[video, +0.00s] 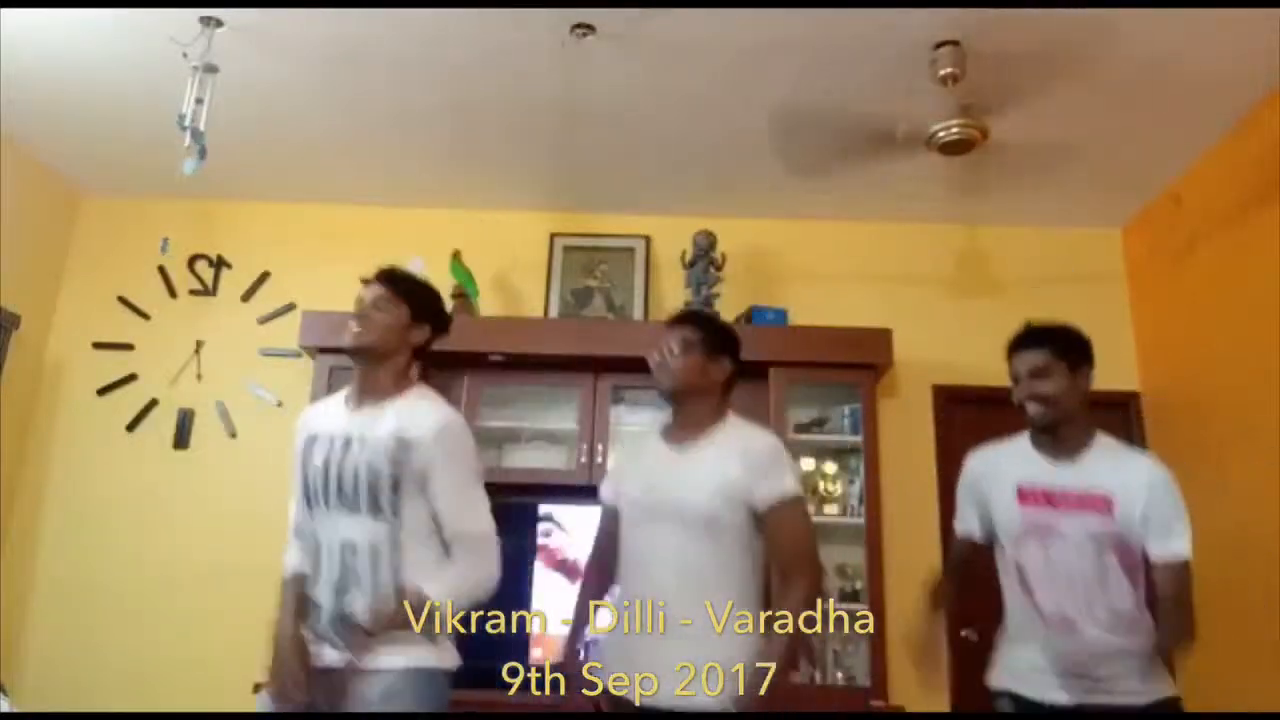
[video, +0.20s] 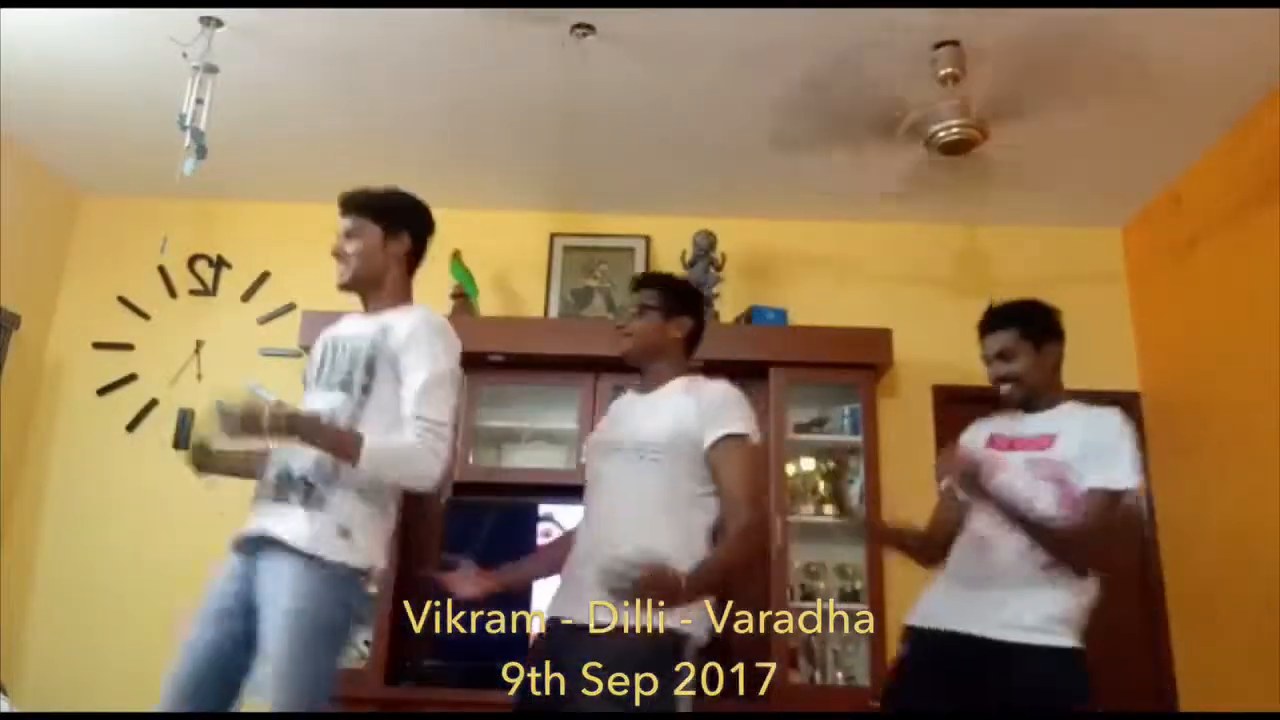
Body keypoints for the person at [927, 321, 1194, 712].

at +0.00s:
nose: (1024, 393)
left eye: (1040, 376)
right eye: (1017, 381)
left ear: (1082, 379)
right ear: (1012, 388)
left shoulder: (1144, 478)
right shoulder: (986, 469)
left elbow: (1176, 618)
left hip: (1130, 689)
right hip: (1028, 690)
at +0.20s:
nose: (994, 373)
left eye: (1007, 358)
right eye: (988, 363)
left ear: (1051, 353)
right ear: (983, 363)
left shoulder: (1103, 427)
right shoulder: (980, 433)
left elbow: (1089, 552)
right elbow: (933, 549)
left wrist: (988, 489)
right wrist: (877, 530)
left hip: (1035, 647)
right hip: (942, 637)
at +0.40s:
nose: (962, 416)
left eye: (974, 401)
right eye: (956, 406)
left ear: (1019, 401)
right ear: (950, 412)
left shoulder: (1054, 489)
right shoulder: (953, 489)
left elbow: (999, 626)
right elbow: (931, 592)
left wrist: (898, 670)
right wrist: (873, 660)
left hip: (978, 696)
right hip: (911, 686)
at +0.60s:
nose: (937, 344)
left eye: (950, 329)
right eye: (930, 333)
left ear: (992, 330)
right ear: (925, 337)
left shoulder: (1045, 412)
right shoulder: (918, 414)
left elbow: (1045, 545)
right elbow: (878, 526)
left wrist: (945, 489)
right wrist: (826, 488)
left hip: (1012, 641)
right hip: (920, 631)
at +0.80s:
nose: (940, 348)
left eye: (957, 333)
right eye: (931, 337)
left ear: (993, 339)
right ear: (924, 344)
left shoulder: (1053, 429)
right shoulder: (899, 433)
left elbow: (1079, 557)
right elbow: (871, 534)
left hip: (1048, 659)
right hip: (948, 660)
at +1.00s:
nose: (989, 407)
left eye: (1003, 395)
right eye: (972, 399)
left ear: (1027, 410)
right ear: (953, 419)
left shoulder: (1075, 507)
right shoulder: (923, 512)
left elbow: (1108, 639)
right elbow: (904, 647)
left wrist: (1134, 704)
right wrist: (917, 707)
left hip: (1053, 685)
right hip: (958, 690)